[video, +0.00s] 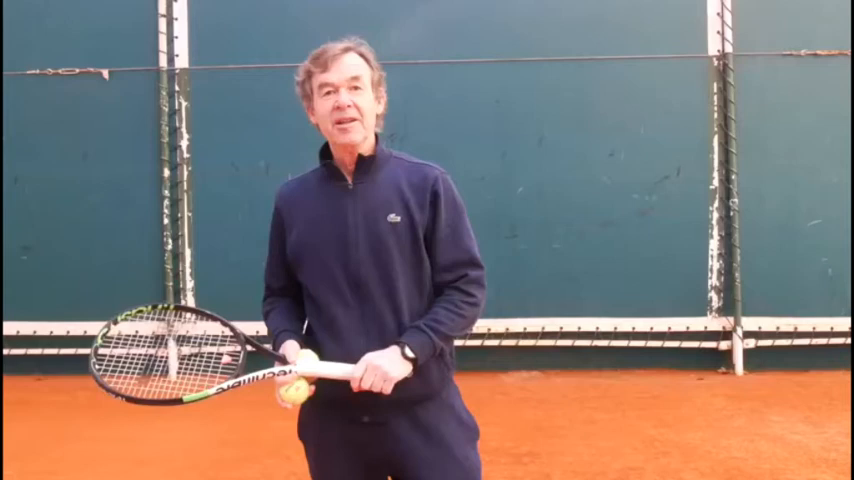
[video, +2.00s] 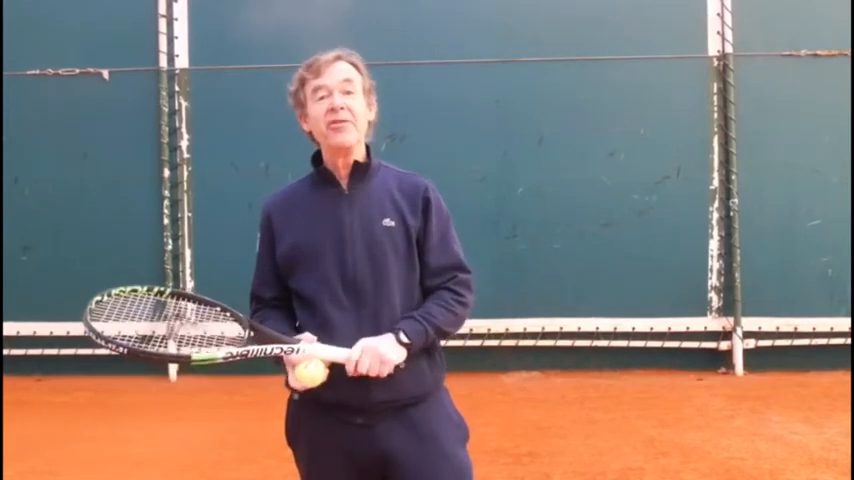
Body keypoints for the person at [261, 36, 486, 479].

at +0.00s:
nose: (342, 101)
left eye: (355, 87)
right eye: (327, 91)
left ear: (379, 101)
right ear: (312, 112)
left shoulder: (428, 186)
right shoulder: (292, 201)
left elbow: (466, 288)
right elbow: (280, 294)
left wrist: (404, 353)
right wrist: (287, 343)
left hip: (426, 418)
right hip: (333, 422)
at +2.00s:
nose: (336, 102)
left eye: (348, 90)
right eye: (321, 95)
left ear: (370, 107)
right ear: (306, 120)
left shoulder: (416, 195)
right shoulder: (281, 211)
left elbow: (455, 289)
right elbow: (267, 307)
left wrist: (399, 339)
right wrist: (294, 346)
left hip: (417, 418)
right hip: (325, 424)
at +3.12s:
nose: (392, 90)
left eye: (407, 80)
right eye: (378, 82)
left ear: (429, 102)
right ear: (361, 105)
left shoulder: (462, 198)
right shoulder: (320, 197)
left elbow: (491, 296)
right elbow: (297, 294)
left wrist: (448, 344)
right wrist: (325, 336)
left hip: (451, 423)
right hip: (355, 423)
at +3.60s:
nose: (437, 96)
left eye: (451, 84)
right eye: (422, 84)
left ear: (473, 102)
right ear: (401, 103)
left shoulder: (503, 203)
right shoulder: (357, 195)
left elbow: (533, 300)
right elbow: (330, 295)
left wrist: (502, 315)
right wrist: (354, 346)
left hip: (480, 433)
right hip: (381, 427)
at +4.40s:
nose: (441, 98)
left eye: (457, 85)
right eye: (426, 85)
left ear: (479, 102)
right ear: (406, 101)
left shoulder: (510, 202)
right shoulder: (367, 187)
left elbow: (534, 313)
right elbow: (340, 282)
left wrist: (454, 352)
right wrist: (350, 329)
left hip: (469, 434)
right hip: (369, 428)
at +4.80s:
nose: (392, 86)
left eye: (405, 75)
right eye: (377, 78)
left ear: (428, 96)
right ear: (359, 103)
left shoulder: (469, 192)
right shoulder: (326, 190)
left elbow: (505, 293)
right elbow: (304, 288)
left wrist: (445, 322)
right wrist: (324, 333)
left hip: (445, 426)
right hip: (347, 422)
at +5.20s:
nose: (352, 87)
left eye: (364, 76)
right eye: (337, 80)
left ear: (387, 97)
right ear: (321, 109)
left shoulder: (431, 189)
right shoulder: (291, 197)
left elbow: (483, 293)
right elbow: (274, 292)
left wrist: (451, 273)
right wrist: (297, 337)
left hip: (420, 415)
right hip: (324, 418)